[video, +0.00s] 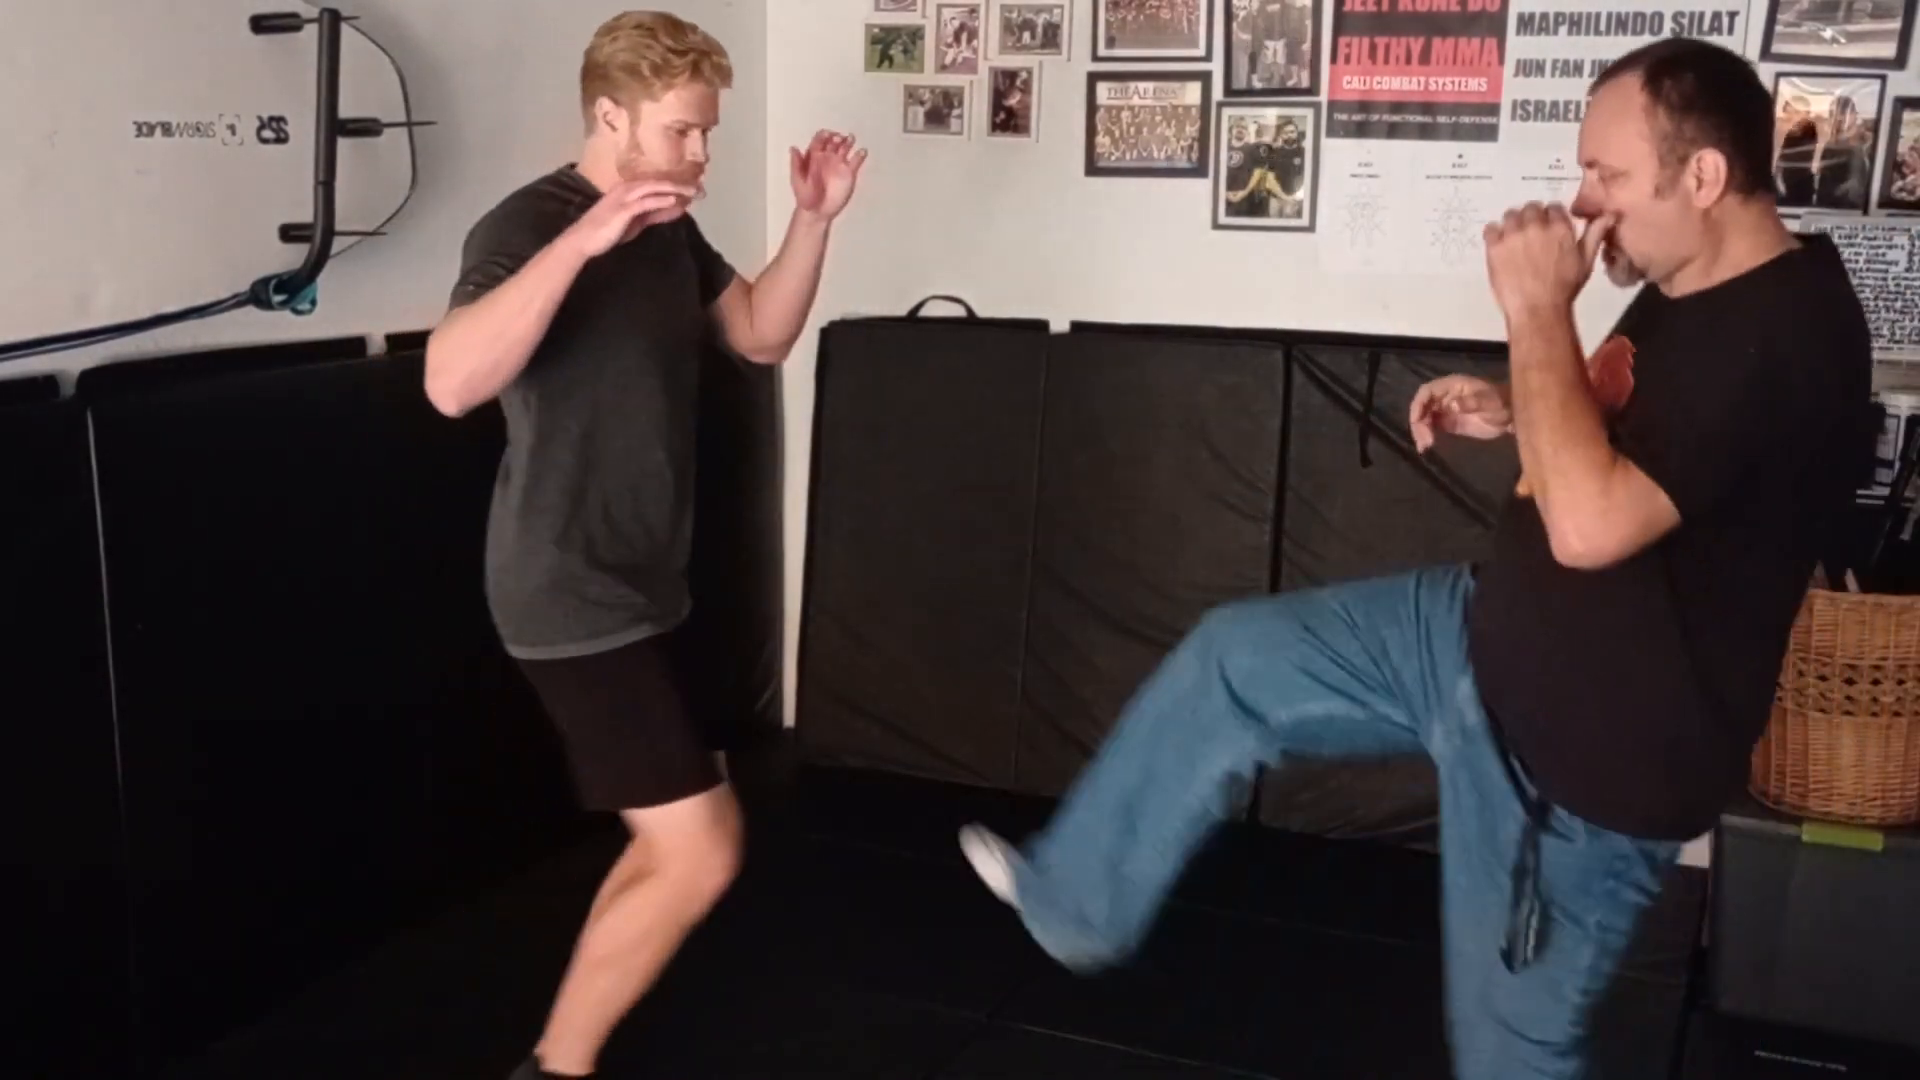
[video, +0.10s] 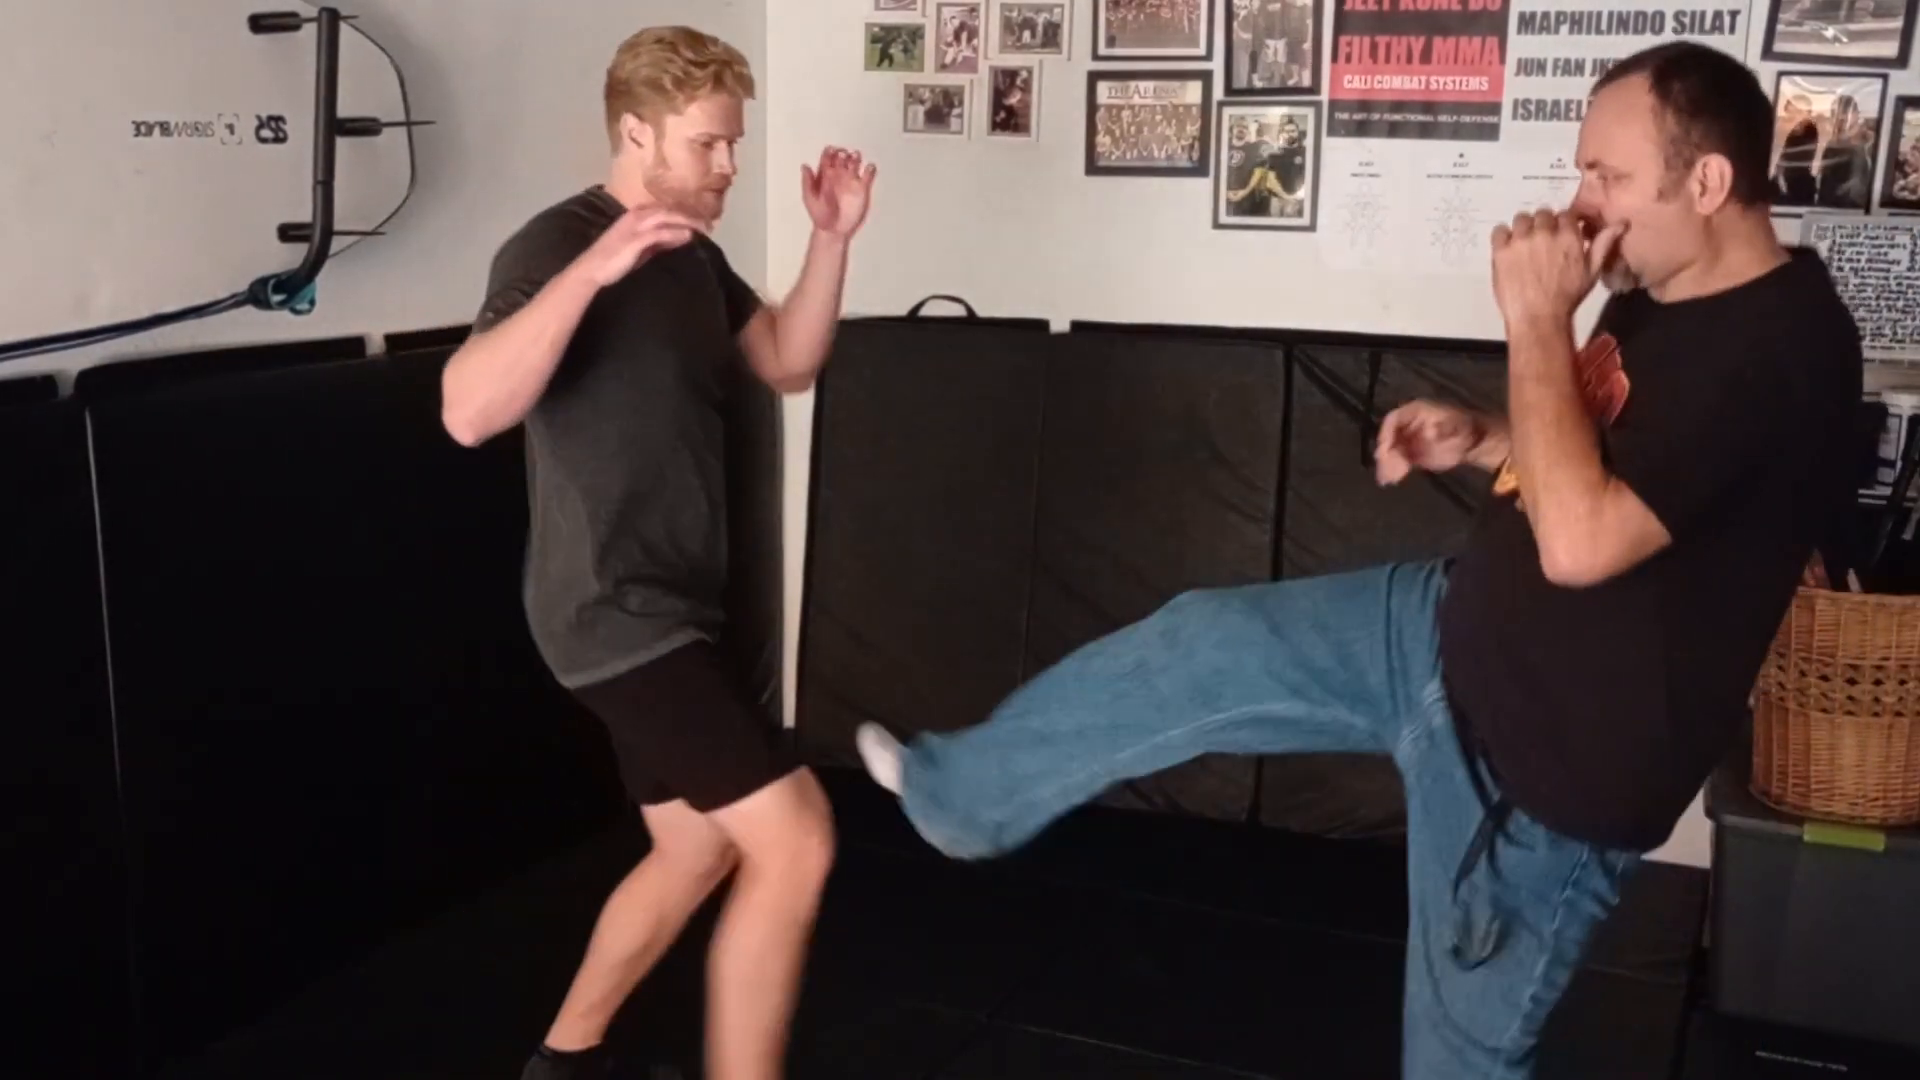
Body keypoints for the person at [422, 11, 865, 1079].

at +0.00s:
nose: (702, 154)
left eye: (708, 130)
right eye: (684, 130)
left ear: (694, 124)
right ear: (609, 119)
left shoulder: (671, 233)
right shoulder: (525, 228)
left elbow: (759, 333)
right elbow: (451, 381)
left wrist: (813, 218)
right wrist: (576, 247)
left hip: (654, 585)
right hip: (566, 597)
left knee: (667, 840)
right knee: (701, 849)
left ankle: (566, 1053)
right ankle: (558, 1064)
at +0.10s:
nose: (732, 165)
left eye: (736, 141)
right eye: (711, 143)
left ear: (662, 138)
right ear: (637, 135)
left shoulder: (696, 259)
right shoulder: (554, 247)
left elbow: (786, 361)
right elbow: (468, 411)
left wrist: (830, 240)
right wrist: (586, 277)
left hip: (688, 601)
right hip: (608, 613)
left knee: (693, 848)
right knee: (791, 841)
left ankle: (562, 1053)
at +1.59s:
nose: (730, 136)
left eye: (733, 113)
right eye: (710, 115)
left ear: (690, 115)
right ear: (635, 112)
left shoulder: (694, 225)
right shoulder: (542, 217)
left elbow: (782, 341)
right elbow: (527, 394)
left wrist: (836, 216)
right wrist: (652, 273)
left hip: (639, 565)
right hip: (549, 572)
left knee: (607, 804)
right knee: (672, 806)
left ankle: (538, 1023)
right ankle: (613, 1068)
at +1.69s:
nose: (713, 124)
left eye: (719, 104)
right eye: (694, 103)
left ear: (710, 104)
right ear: (622, 101)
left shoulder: (688, 211)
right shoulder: (532, 199)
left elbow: (770, 323)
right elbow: (520, 368)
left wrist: (816, 203)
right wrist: (645, 220)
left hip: (603, 559)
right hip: (519, 564)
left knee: (560, 809)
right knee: (599, 826)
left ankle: (498, 1022)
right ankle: (485, 1058)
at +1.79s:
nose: (696, 156)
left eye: (701, 131)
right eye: (675, 131)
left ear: (697, 128)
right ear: (601, 123)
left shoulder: (662, 235)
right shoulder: (510, 225)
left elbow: (747, 348)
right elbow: (506, 390)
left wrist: (792, 242)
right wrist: (626, 243)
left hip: (586, 584)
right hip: (500, 592)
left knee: (528, 808)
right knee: (571, 842)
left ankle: (429, 975)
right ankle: (482, 1072)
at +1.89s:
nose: (684, 176)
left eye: (689, 152)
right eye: (664, 152)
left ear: (685, 145)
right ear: (590, 141)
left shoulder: (653, 256)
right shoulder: (489, 244)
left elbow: (702, 398)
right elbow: (472, 422)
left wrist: (768, 338)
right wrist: (600, 295)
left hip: (579, 593)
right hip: (489, 597)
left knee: (504, 816)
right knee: (569, 845)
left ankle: (419, 988)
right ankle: (480, 1072)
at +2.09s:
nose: (687, 172)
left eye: (692, 147)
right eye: (668, 148)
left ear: (687, 140)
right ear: (590, 137)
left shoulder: (657, 253)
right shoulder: (474, 240)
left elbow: (687, 396)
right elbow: (409, 414)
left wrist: (775, 372)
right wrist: (540, 331)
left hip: (576, 593)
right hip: (476, 596)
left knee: (494, 810)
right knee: (550, 846)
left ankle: (420, 983)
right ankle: (472, 1071)